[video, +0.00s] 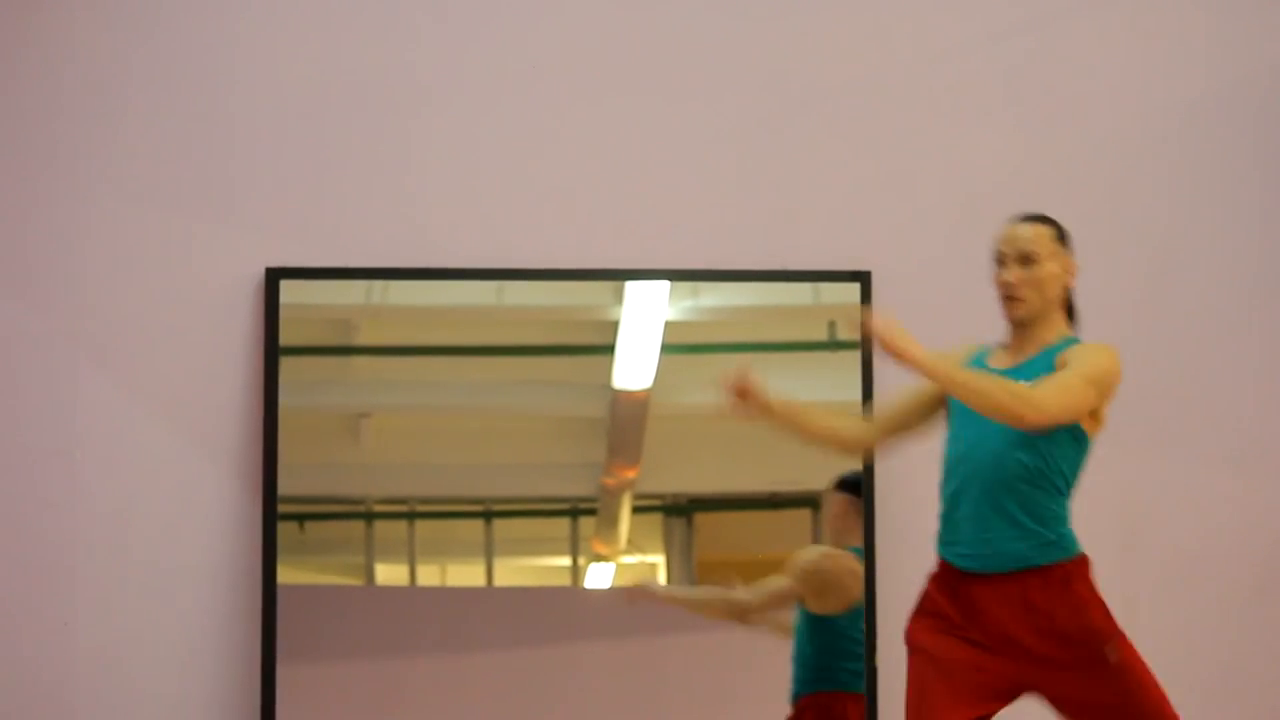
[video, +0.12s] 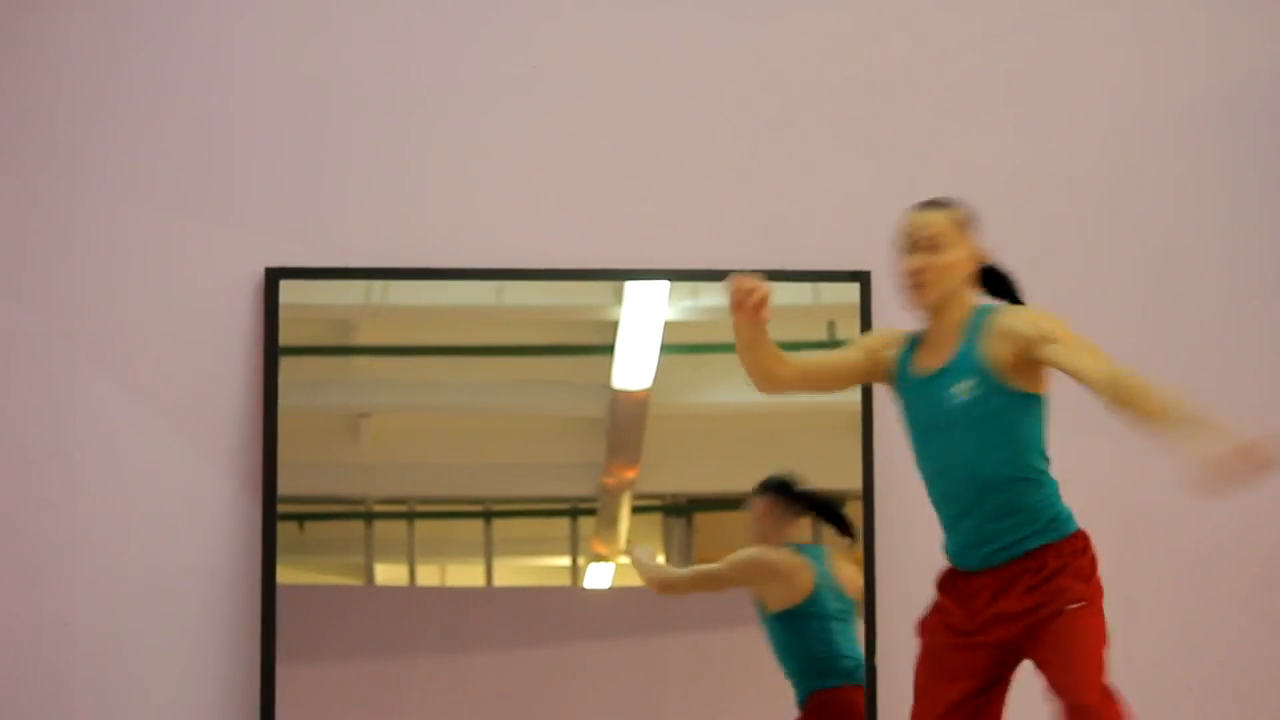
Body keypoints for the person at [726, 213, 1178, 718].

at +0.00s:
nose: (1008, 276)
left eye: (1026, 262)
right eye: (1000, 264)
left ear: (1067, 273)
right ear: (993, 275)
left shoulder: (1093, 362)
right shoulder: (969, 364)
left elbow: (1031, 409)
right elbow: (864, 433)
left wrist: (917, 357)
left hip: (1055, 606)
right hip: (956, 611)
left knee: (1154, 715)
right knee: (928, 712)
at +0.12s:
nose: (915, 261)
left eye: (931, 245)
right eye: (907, 249)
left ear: (973, 254)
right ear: (899, 266)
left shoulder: (1012, 329)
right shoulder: (893, 352)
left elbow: (1115, 383)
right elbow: (775, 373)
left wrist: (1210, 436)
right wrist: (747, 327)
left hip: (1052, 572)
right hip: (968, 591)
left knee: (1086, 701)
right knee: (934, 713)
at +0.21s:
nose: (852, 312)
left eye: (870, 295)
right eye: (845, 299)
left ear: (915, 301)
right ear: (839, 314)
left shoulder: (963, 355)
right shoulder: (851, 384)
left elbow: (1099, 330)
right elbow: (735, 367)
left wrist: (1225, 311)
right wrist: (776, 314)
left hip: (1063, 582)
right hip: (995, 604)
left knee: (1021, 714)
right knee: (943, 715)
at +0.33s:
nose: (804, 412)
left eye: (821, 392)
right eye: (796, 399)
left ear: (867, 397)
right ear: (793, 416)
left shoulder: (913, 439)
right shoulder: (829, 492)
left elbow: (1009, 359)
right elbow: (833, 580)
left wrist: (1093, 277)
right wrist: (778, 632)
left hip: (1048, 635)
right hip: (1015, 645)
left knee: (950, 709)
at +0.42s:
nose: (755, 441)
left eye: (772, 425)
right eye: (753, 431)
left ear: (830, 427)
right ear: (753, 444)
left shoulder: (872, 491)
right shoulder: (838, 534)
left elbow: (1010, 482)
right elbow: (902, 648)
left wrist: (1156, 478)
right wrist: (873, 708)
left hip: (1022, 646)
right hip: (996, 655)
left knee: (918, 716)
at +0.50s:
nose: (736, 440)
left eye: (744, 420)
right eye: (736, 424)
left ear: (789, 415)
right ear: (793, 416)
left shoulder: (844, 487)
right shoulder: (849, 479)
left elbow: (832, 628)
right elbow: (836, 628)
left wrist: (796, 700)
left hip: (993, 647)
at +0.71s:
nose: (807, 182)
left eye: (801, 170)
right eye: (793, 171)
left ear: (743, 194)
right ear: (749, 187)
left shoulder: (718, 290)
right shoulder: (791, 212)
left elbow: (846, 288)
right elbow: (897, 136)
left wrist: (941, 244)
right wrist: (851, 96)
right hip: (886, 442)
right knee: (972, 631)